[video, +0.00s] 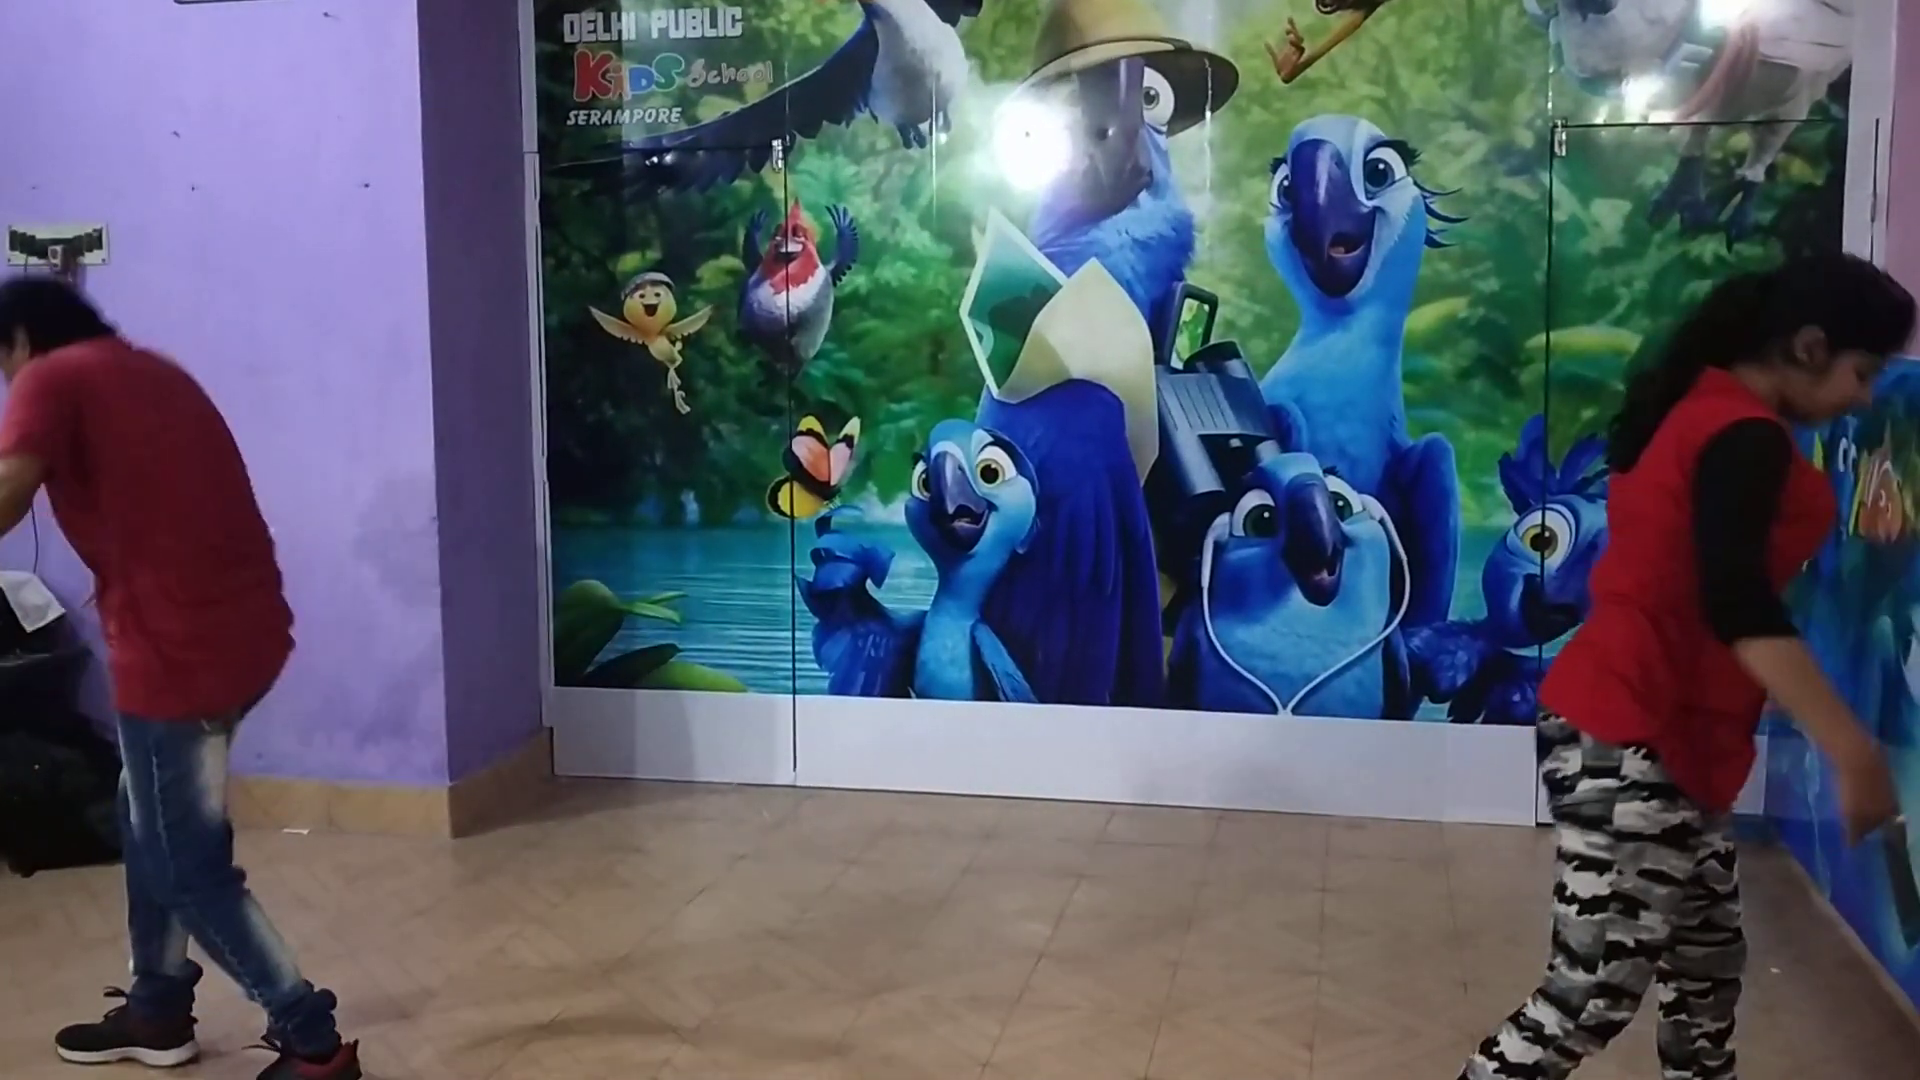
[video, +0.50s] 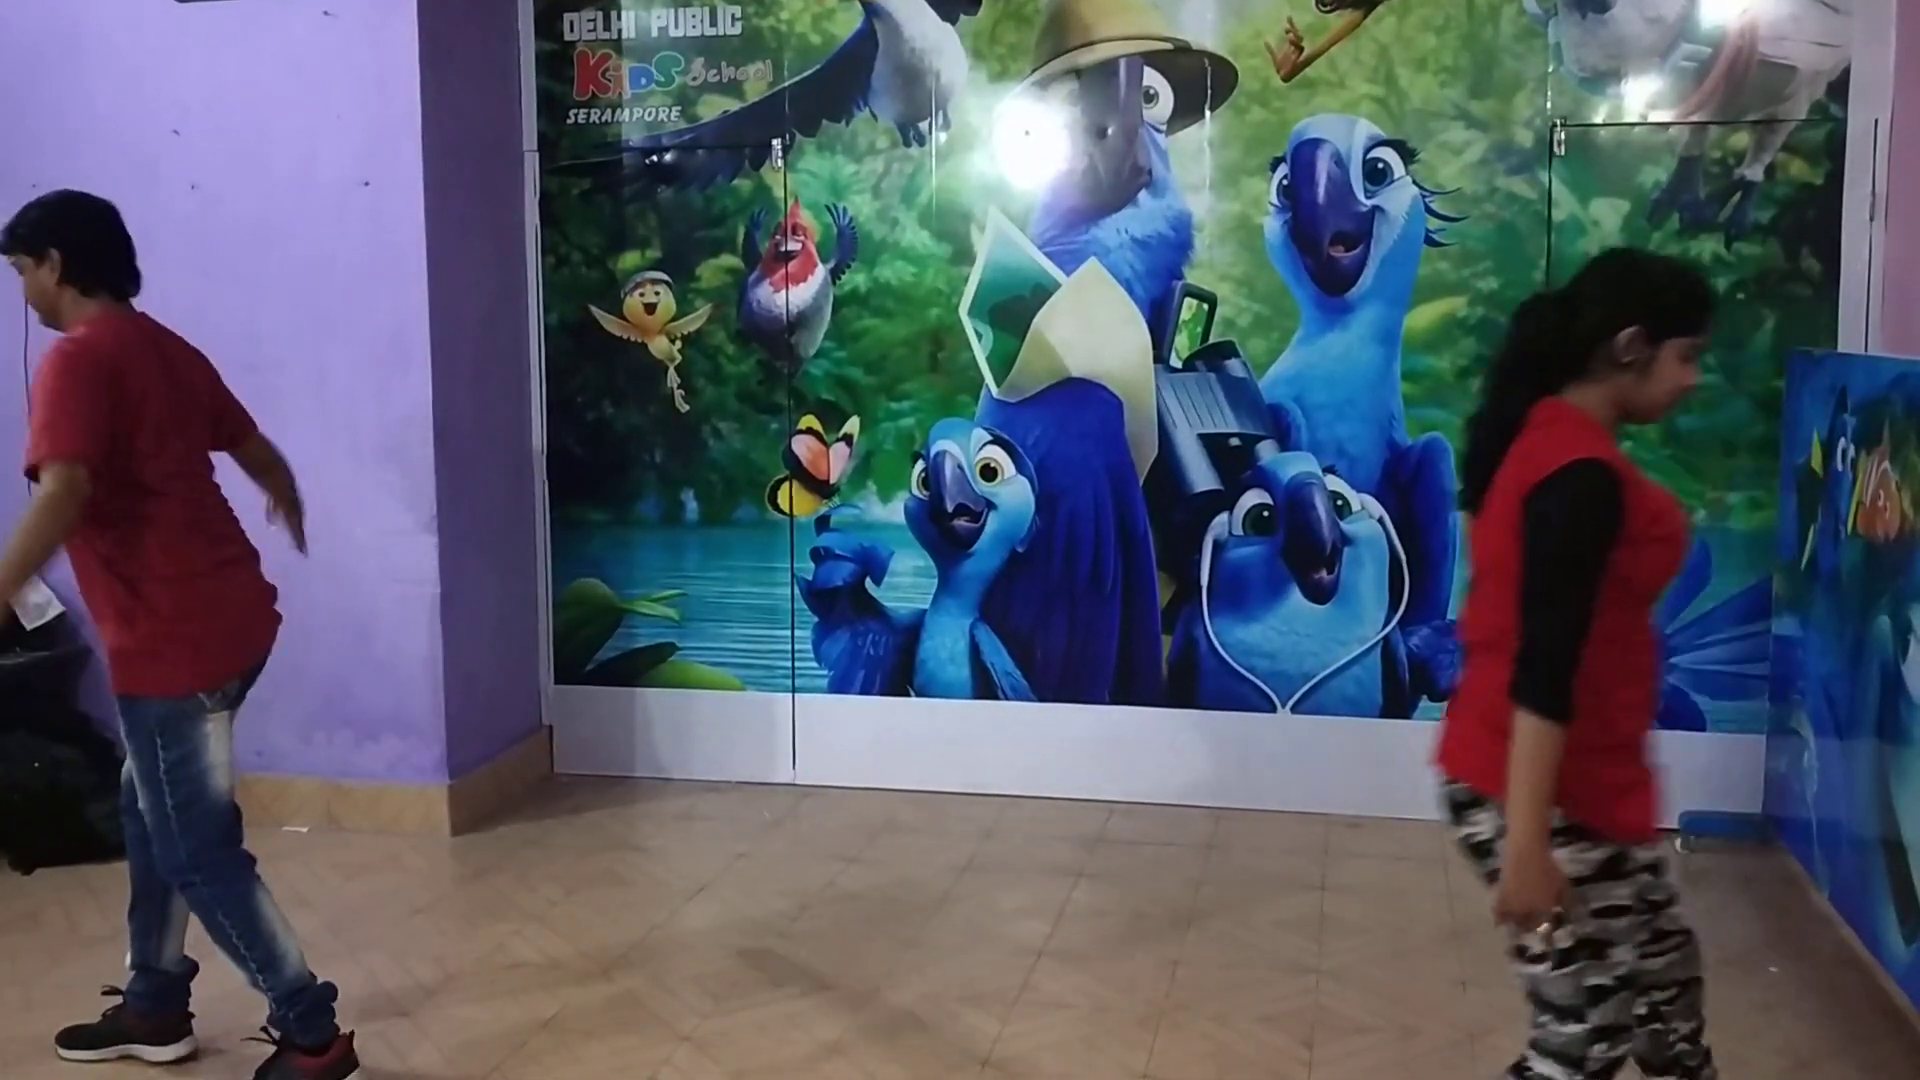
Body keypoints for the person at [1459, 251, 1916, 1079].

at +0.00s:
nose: (1864, 395)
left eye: (1873, 377)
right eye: (1864, 372)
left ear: (1800, 341)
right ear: (1809, 345)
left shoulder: (1704, 405)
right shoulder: (1744, 434)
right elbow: (1741, 607)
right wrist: (1854, 752)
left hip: (1662, 740)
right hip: (1619, 738)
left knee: (1706, 964)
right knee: (1591, 990)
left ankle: (1699, 1072)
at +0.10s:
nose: (1842, 363)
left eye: (1848, 345)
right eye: (1837, 341)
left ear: (1775, 323)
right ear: (1779, 323)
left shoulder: (1706, 406)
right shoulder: (1720, 428)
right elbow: (1701, 608)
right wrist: (1768, 764)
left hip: (1685, 733)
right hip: (1632, 731)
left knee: (1709, 965)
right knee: (1607, 988)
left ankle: (1700, 1072)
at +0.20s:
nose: (1817, 354)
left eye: (1820, 335)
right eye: (1810, 331)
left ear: (1742, 319)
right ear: (1748, 319)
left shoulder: (1677, 411)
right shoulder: (1700, 436)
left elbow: (1622, 592)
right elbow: (1669, 618)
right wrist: (1668, 776)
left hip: (1689, 747)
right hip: (1642, 753)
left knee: (1708, 1000)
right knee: (1622, 1001)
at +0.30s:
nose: (1785, 353)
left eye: (1787, 333)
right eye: (1776, 331)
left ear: (1707, 322)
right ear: (1713, 321)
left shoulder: (1645, 419)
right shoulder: (1669, 443)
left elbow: (1576, 605)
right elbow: (1635, 633)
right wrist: (1603, 798)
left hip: (1674, 762)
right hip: (1639, 768)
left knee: (1706, 1000)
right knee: (1627, 1020)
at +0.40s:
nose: (1742, 363)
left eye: (1746, 343)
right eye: (1735, 341)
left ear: (1672, 333)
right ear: (1676, 331)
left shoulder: (1612, 430)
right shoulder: (1626, 457)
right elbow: (1591, 648)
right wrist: (1563, 820)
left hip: (1643, 774)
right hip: (1608, 784)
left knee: (1695, 988)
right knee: (1629, 1022)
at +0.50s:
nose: (1693, 380)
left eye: (1697, 360)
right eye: (1687, 357)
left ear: (1621, 348)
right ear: (1628, 348)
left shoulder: (1555, 443)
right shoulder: (1578, 472)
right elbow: (1543, 671)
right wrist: (1526, 846)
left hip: (1586, 788)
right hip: (1544, 799)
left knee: (1665, 981)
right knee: (1584, 1032)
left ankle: (1675, 1070)